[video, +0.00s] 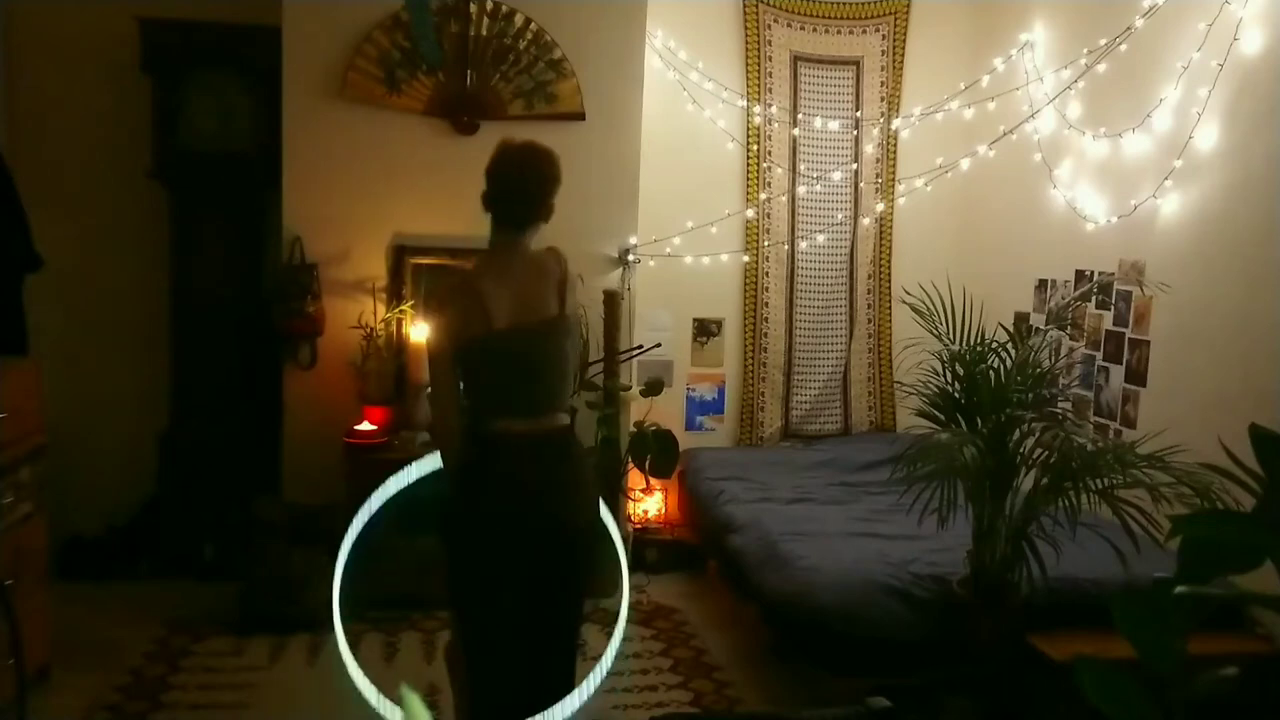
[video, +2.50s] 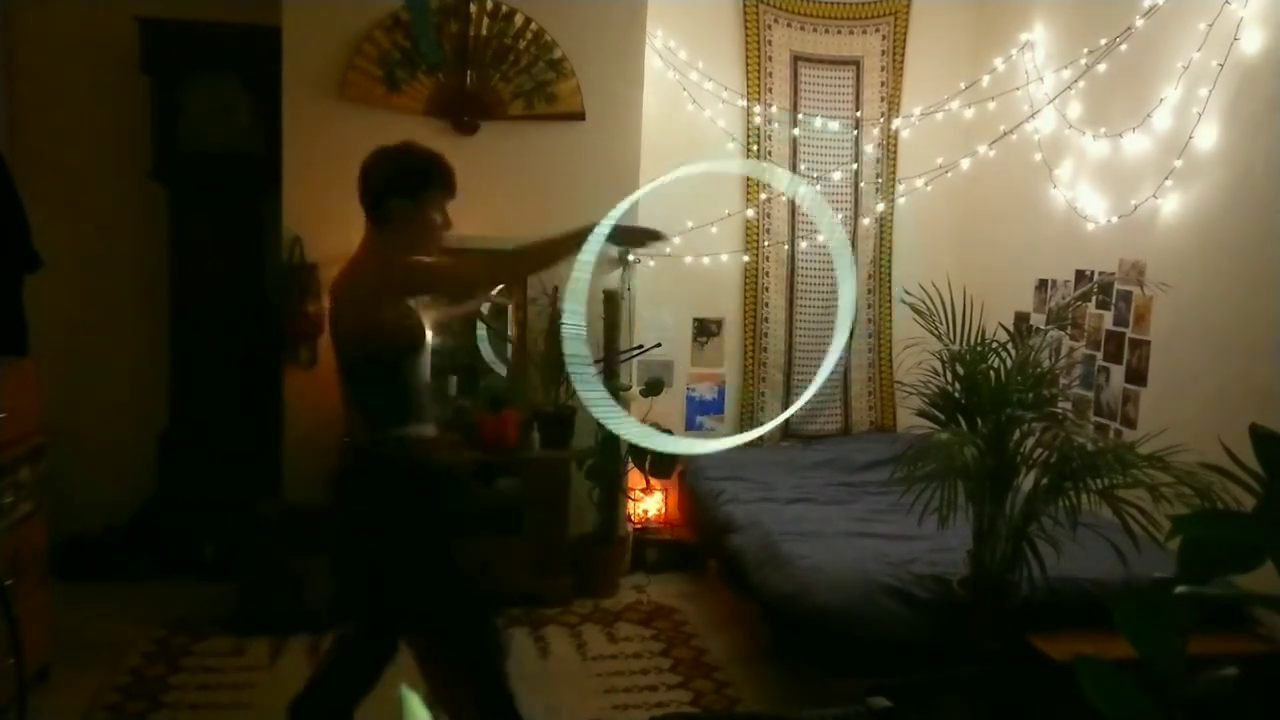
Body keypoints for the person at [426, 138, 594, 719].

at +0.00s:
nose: (546, 204)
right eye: (547, 194)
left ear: (486, 197)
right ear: (549, 203)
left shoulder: (455, 292)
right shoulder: (559, 272)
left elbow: (444, 409)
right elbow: (572, 378)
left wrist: (461, 477)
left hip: (488, 473)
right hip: (557, 471)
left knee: (487, 629)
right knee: (551, 629)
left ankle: (489, 708)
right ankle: (545, 707)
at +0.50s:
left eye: (508, 204)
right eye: (565, 207)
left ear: (502, 212)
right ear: (565, 214)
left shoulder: (460, 308)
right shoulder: (573, 304)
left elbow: (430, 416)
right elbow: (556, 215)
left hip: (465, 487)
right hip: (545, 498)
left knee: (415, 656)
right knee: (534, 675)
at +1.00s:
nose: (407, 220)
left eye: (411, 208)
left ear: (412, 219)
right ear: (474, 233)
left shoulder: (347, 304)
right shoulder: (481, 311)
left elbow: (307, 424)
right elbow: (531, 245)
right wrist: (498, 148)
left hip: (367, 520)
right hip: (453, 523)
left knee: (328, 685)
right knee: (491, 685)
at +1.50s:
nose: (393, 247)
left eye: (393, 231)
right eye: (384, 230)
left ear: (334, 231)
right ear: (340, 230)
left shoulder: (280, 308)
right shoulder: (343, 324)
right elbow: (464, 354)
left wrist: (452, 326)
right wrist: (533, 271)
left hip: (287, 525)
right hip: (341, 534)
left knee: (295, 700)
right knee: (441, 697)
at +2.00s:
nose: (407, 246)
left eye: (409, 232)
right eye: (404, 231)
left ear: (335, 225)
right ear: (377, 229)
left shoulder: (287, 310)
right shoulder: (371, 321)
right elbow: (395, 450)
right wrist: (479, 520)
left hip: (299, 543)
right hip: (371, 550)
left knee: (303, 704)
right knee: (471, 701)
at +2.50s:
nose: (448, 220)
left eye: (446, 206)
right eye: (437, 206)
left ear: (392, 209)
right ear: (400, 208)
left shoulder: (372, 277)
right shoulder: (384, 276)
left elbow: (427, 317)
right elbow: (507, 266)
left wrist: (487, 299)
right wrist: (599, 234)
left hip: (388, 482)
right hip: (396, 485)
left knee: (369, 639)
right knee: (464, 650)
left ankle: (311, 714)